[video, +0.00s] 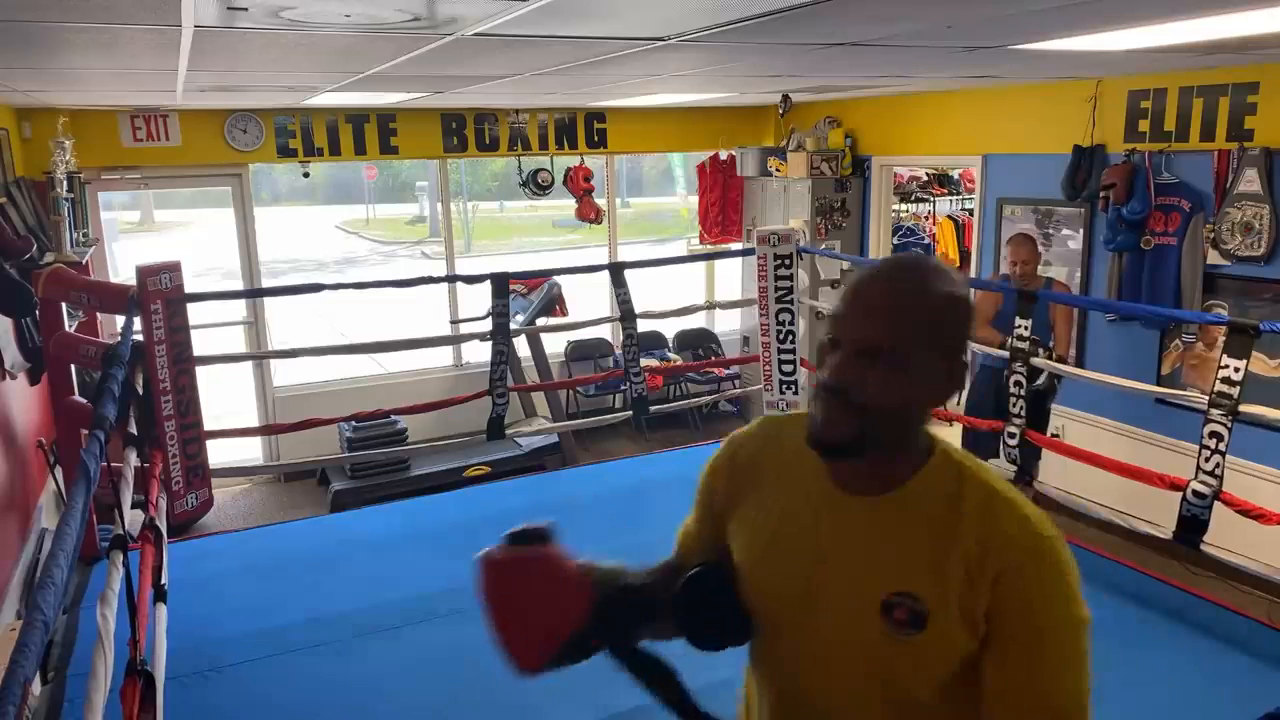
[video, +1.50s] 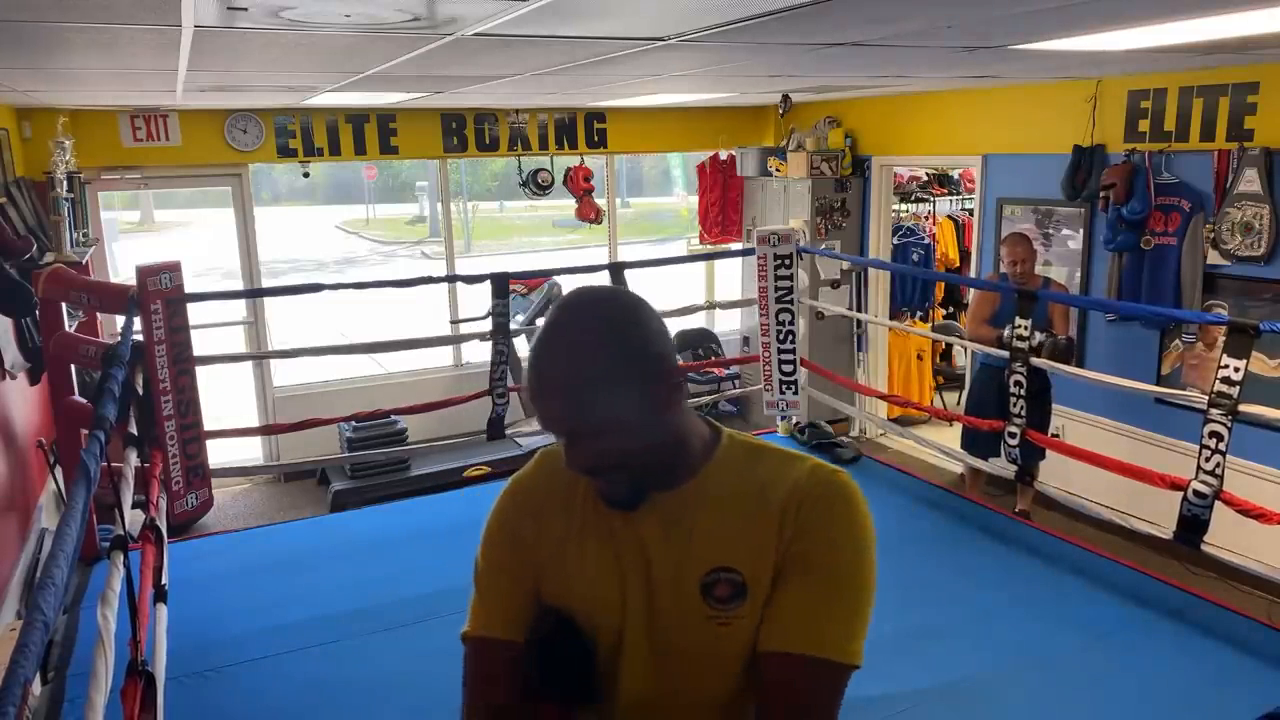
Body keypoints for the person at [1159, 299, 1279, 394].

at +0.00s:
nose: (1220, 326)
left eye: (1223, 322)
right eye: (1215, 321)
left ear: (1226, 327)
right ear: (1201, 325)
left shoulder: (1232, 350)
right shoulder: (1190, 348)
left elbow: (1271, 368)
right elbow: (1163, 369)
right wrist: (1178, 347)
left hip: (1219, 405)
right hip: (1190, 401)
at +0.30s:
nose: (1220, 327)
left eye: (1223, 322)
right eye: (1215, 321)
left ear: (1226, 327)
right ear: (1201, 325)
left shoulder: (1231, 350)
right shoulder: (1189, 348)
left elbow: (1271, 368)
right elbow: (1163, 369)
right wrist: (1178, 346)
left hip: (1218, 406)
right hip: (1189, 402)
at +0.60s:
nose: (1220, 327)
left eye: (1223, 323)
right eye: (1215, 322)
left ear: (1226, 327)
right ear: (1201, 325)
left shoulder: (1231, 350)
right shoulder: (1189, 348)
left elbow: (1270, 368)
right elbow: (1163, 369)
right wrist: (1178, 347)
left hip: (1218, 406)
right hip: (1189, 402)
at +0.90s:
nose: (1220, 327)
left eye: (1223, 323)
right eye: (1215, 322)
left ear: (1226, 327)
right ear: (1201, 325)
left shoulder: (1231, 350)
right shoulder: (1189, 348)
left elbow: (1270, 368)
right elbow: (1163, 369)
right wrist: (1178, 348)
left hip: (1217, 405)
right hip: (1188, 401)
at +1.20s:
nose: (1220, 327)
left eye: (1223, 323)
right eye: (1215, 322)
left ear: (1226, 327)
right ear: (1201, 325)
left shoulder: (1231, 350)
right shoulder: (1189, 349)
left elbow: (1270, 368)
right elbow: (1163, 369)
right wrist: (1178, 347)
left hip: (1218, 405)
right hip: (1188, 401)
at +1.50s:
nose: (1220, 327)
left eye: (1224, 322)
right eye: (1215, 321)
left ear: (1226, 327)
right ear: (1201, 325)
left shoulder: (1231, 350)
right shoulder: (1189, 349)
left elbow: (1270, 368)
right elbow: (1162, 369)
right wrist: (1178, 348)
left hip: (1217, 406)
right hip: (1188, 401)